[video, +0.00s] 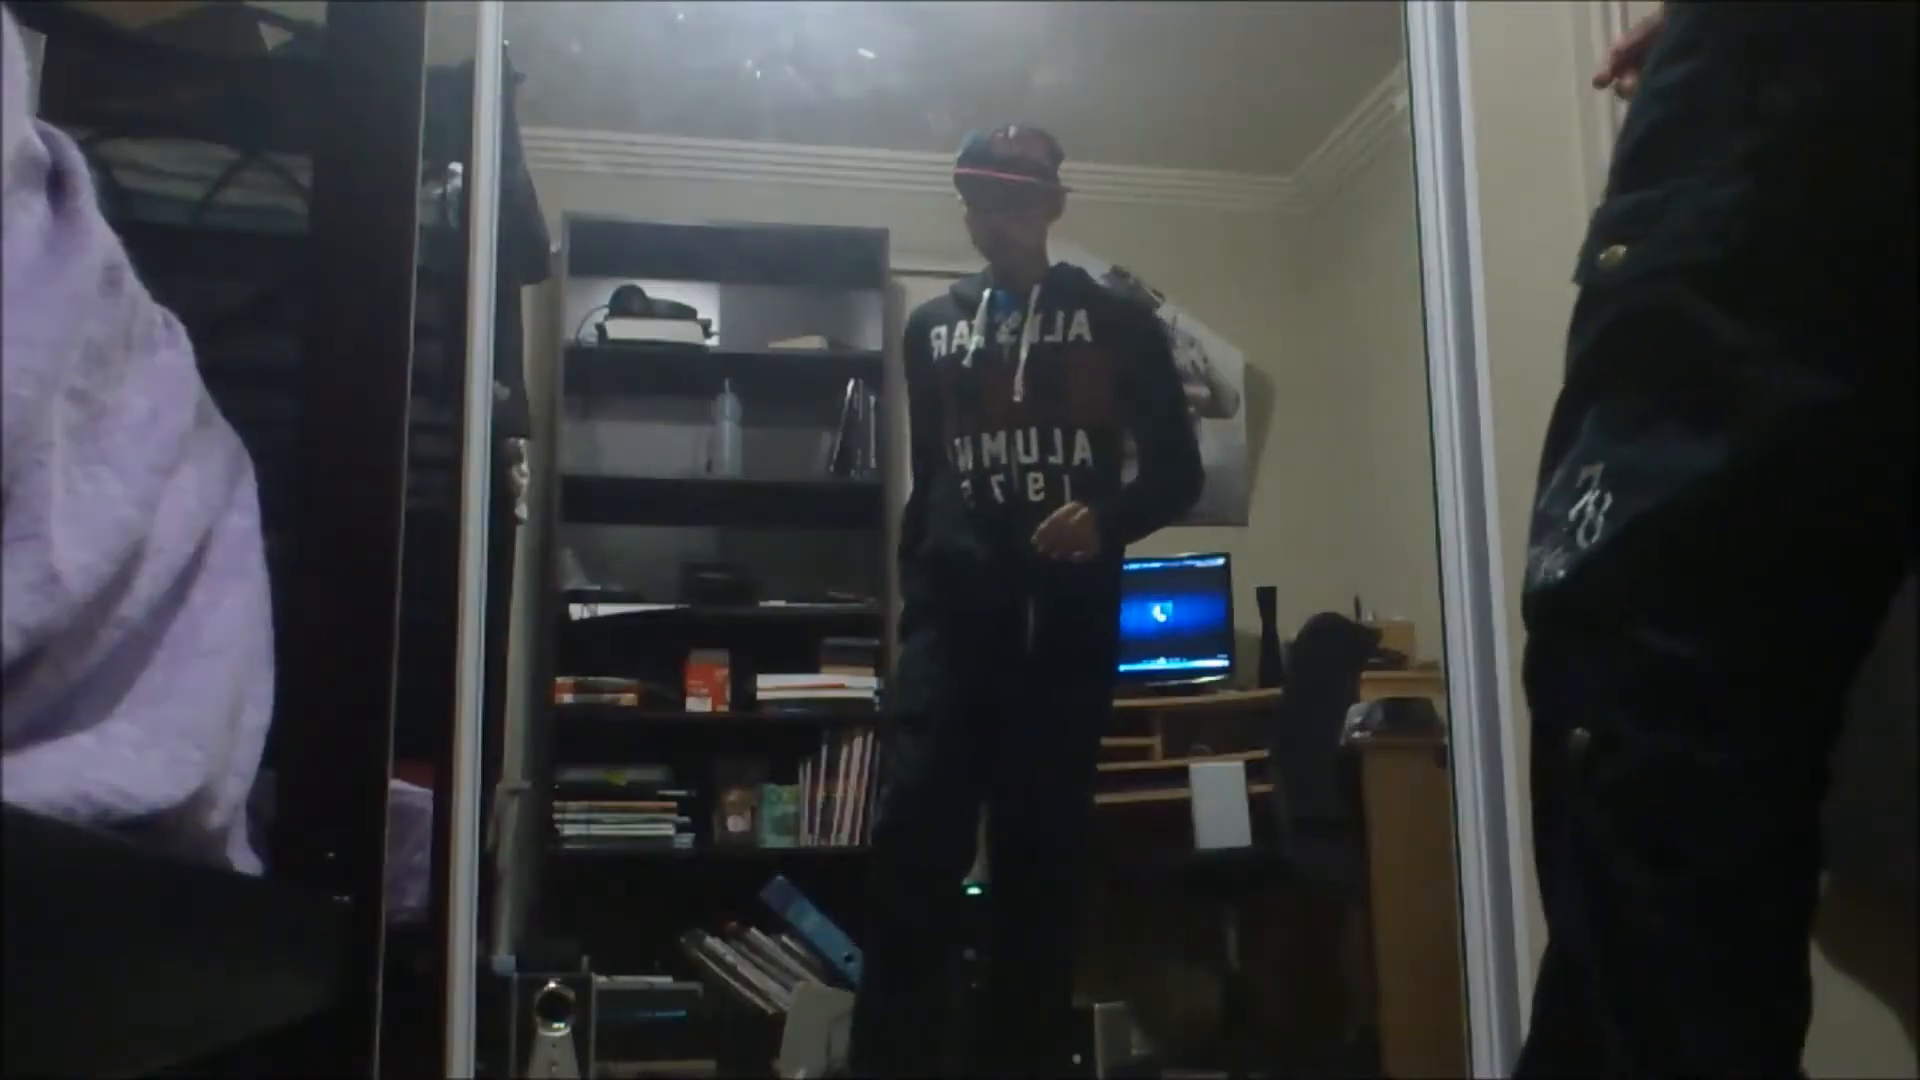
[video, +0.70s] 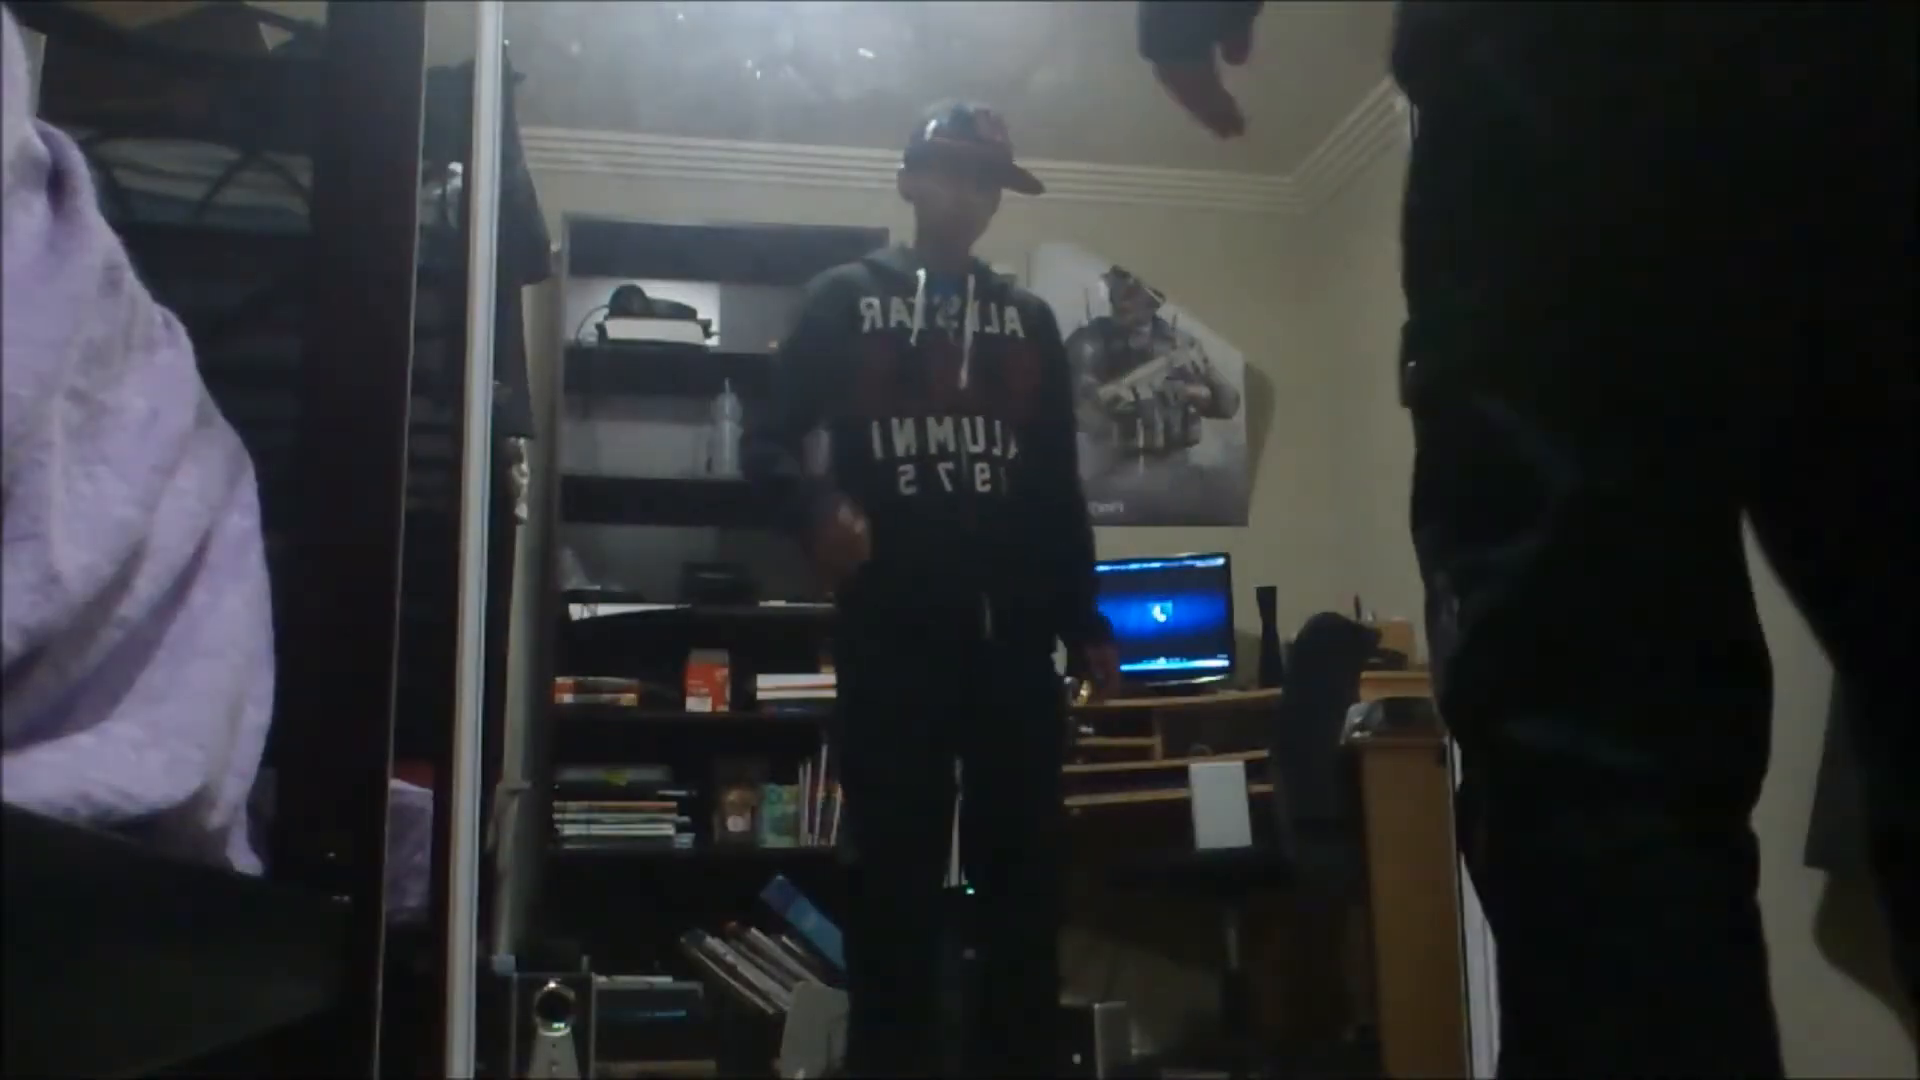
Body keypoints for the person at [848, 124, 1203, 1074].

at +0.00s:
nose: (997, 217)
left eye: (1017, 198)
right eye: (982, 199)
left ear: (1054, 205)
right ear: (962, 206)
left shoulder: (1117, 317)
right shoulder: (930, 329)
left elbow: (1177, 473)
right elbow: (927, 477)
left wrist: (1106, 519)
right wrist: (914, 587)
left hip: (1065, 626)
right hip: (950, 622)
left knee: (1041, 863)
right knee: (911, 850)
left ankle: (1025, 1061)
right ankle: (894, 1062)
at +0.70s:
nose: (965, 196)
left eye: (983, 181)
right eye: (949, 173)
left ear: (1002, 196)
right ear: (908, 181)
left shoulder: (1028, 318)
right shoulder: (845, 297)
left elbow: (1056, 481)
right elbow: (770, 441)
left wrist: (1082, 618)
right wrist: (815, 510)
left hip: (1013, 621)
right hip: (893, 614)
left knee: (1019, 861)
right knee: (893, 860)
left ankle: (1016, 1059)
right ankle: (890, 1058)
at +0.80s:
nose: (960, 197)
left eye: (977, 182)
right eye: (944, 174)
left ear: (992, 196)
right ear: (897, 179)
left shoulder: (1010, 317)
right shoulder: (831, 294)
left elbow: (1037, 492)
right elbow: (754, 433)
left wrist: (1066, 636)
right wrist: (834, 484)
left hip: (1004, 629)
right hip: (883, 623)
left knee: (1023, 871)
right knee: (887, 869)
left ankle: (1018, 1065)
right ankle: (888, 1066)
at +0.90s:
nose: (954, 199)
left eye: (971, 184)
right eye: (939, 175)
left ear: (983, 197)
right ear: (891, 176)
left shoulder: (993, 313)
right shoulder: (817, 290)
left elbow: (1016, 488)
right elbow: (752, 432)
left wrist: (1035, 642)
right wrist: (859, 456)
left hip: (987, 628)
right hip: (872, 623)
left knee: (1029, 863)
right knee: (885, 869)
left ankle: (1019, 1062)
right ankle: (886, 1065)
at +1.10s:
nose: (949, 201)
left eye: (963, 184)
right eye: (932, 178)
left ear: (975, 194)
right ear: (882, 178)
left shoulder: (990, 306)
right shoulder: (818, 275)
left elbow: (987, 477)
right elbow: (763, 424)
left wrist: (992, 616)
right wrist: (881, 464)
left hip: (966, 612)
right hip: (850, 610)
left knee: (1048, 845)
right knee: (860, 870)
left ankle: (1051, 1066)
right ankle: (866, 1067)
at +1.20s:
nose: (949, 197)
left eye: (965, 180)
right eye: (931, 174)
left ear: (978, 191)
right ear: (881, 177)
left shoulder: (992, 312)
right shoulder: (817, 280)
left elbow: (993, 499)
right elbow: (763, 435)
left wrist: (1018, 639)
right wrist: (879, 499)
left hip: (968, 616)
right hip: (848, 616)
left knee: (1045, 845)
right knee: (848, 869)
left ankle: (1074, 1064)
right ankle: (852, 1068)